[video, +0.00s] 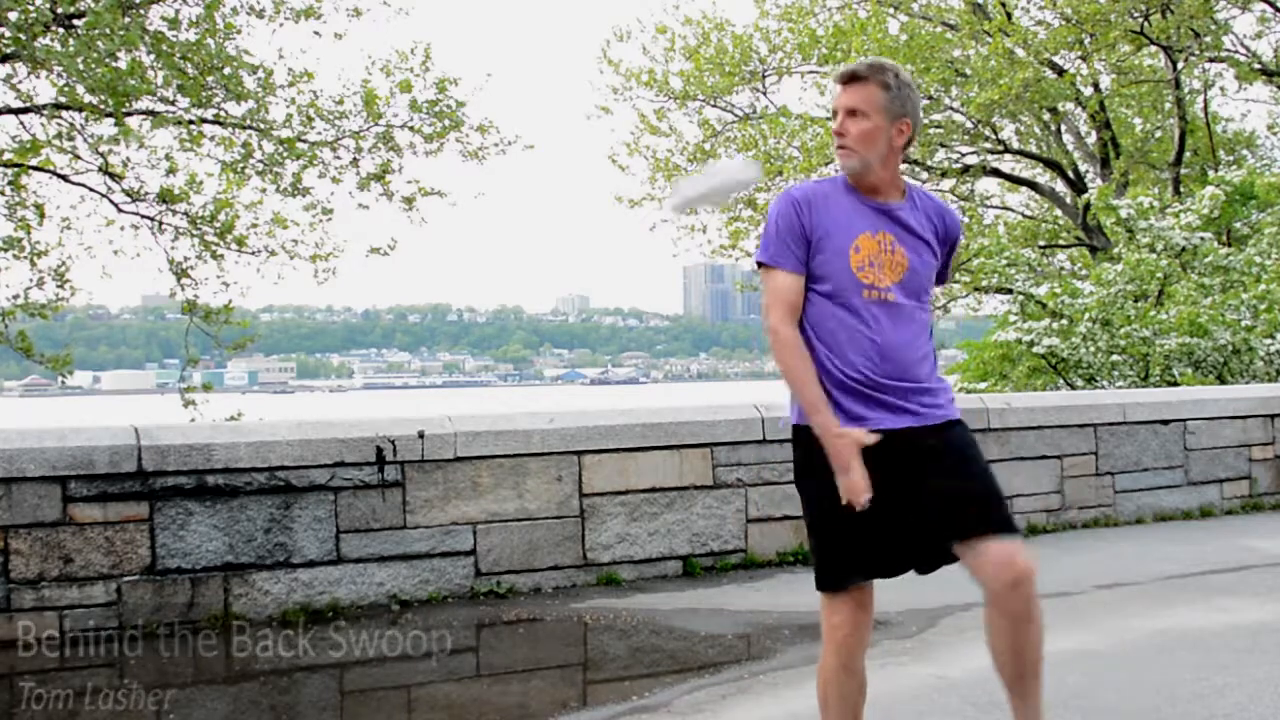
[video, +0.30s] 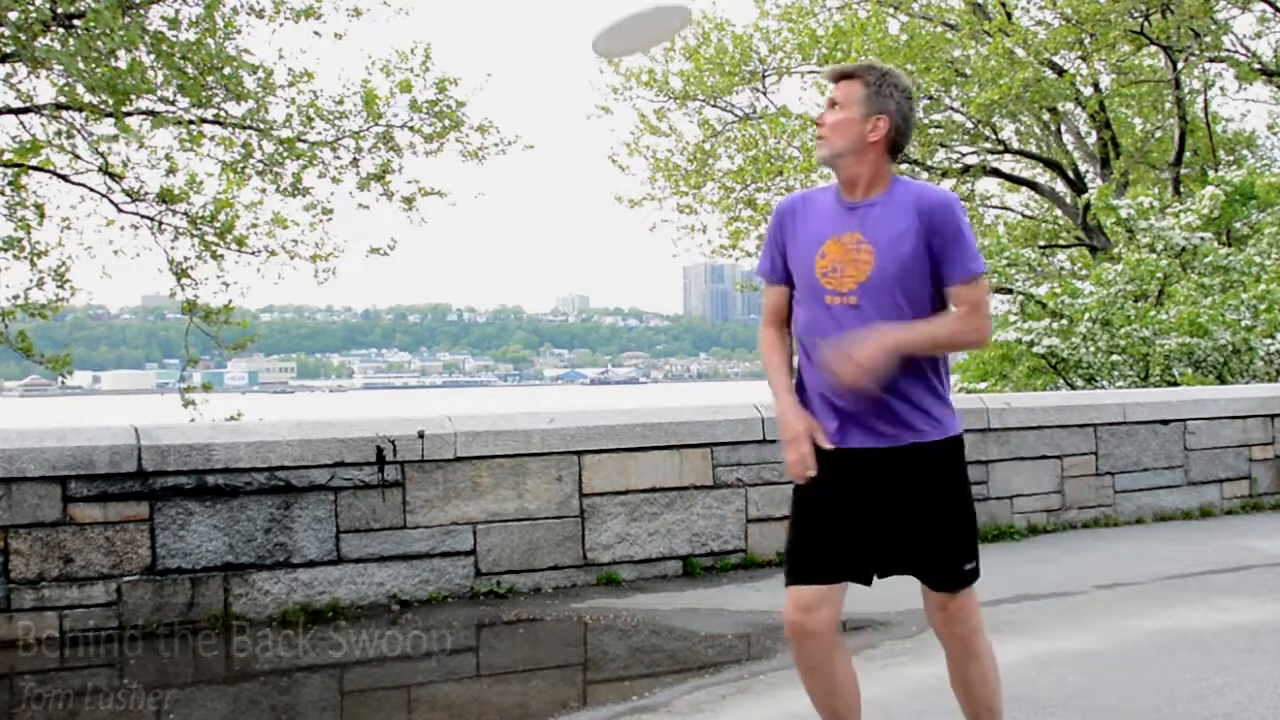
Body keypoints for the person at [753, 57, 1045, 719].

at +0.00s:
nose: (838, 128)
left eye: (855, 117)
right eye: (835, 116)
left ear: (901, 134)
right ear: (833, 125)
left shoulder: (940, 221)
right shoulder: (800, 206)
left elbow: (908, 319)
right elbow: (780, 324)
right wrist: (832, 434)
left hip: (929, 427)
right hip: (835, 434)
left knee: (1012, 571)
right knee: (846, 625)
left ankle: (1029, 715)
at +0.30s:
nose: (818, 119)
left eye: (834, 108)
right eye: (823, 107)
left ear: (877, 128)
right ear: (861, 128)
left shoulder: (934, 209)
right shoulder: (792, 215)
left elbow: (974, 322)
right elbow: (774, 326)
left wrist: (890, 337)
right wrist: (787, 409)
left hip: (922, 447)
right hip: (829, 451)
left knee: (954, 615)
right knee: (806, 618)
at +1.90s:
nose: (928, 188)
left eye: (926, 177)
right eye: (922, 177)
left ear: (880, 191)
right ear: (897, 187)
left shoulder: (857, 254)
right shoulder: (894, 246)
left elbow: (902, 367)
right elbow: (856, 335)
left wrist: (970, 331)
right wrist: (926, 403)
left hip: (832, 441)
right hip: (876, 440)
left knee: (875, 588)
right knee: (946, 579)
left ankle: (774, 684)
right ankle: (896, 712)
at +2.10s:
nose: (970, 185)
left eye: (968, 173)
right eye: (962, 173)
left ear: (932, 182)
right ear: (931, 182)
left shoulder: (944, 256)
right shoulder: (903, 249)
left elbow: (986, 328)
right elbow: (857, 344)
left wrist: (1051, 307)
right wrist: (920, 420)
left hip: (920, 437)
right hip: (893, 438)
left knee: (964, 570)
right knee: (962, 575)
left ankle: (971, 693)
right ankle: (897, 710)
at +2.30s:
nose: (965, 158)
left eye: (960, 148)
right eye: (954, 150)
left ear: (928, 168)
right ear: (925, 168)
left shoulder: (968, 220)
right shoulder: (906, 245)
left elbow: (1042, 208)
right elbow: (871, 348)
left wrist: (1088, 155)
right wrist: (925, 432)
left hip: (972, 418)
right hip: (934, 425)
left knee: (986, 566)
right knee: (980, 567)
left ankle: (970, 694)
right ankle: (905, 704)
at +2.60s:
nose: (961, 151)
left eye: (954, 144)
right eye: (950, 146)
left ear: (936, 174)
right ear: (933, 171)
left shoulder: (979, 218)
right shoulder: (932, 240)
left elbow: (1021, 183)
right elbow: (915, 343)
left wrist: (1037, 107)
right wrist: (986, 410)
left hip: (1001, 422)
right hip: (956, 428)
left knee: (1058, 549)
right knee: (965, 576)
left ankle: (1013, 679)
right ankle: (913, 709)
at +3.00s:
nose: (1004, 166)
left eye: (996, 160)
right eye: (993, 164)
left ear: (984, 191)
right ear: (977, 193)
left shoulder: (1027, 217)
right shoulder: (999, 250)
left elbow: (1045, 161)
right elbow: (1059, 300)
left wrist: (1045, 94)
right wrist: (1116, 233)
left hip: (1097, 402)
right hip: (1068, 412)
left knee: (1109, 554)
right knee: (1102, 556)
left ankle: (1075, 686)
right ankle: (1008, 685)